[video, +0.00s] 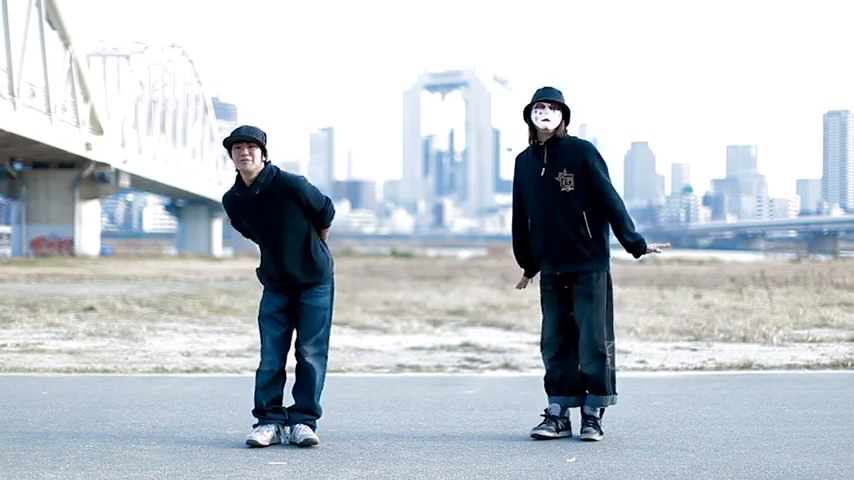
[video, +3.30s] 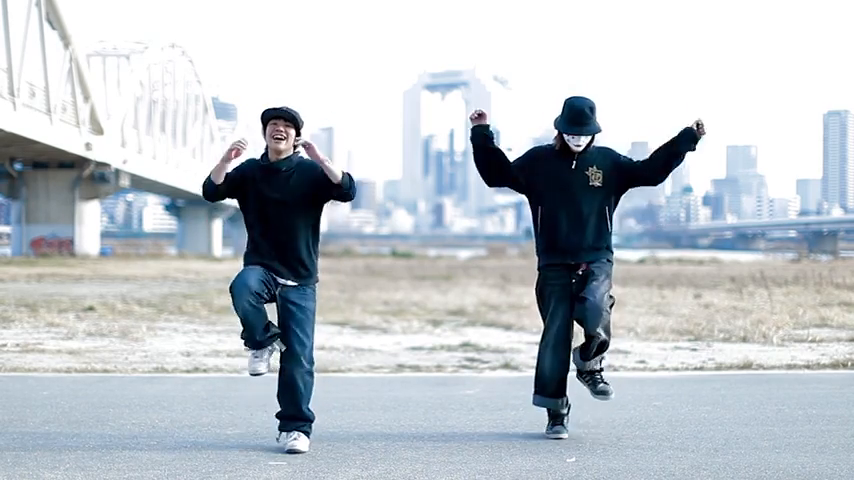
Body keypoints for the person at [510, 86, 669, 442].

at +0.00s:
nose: (543, 113)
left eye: (550, 109)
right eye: (538, 109)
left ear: (562, 117)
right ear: (530, 117)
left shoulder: (581, 151)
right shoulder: (524, 161)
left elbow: (609, 198)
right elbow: (520, 217)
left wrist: (635, 243)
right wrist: (527, 264)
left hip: (589, 261)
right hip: (551, 262)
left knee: (592, 335)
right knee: (554, 337)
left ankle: (592, 414)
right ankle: (556, 414)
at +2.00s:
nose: (565, 115)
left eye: (570, 108)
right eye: (558, 110)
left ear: (582, 112)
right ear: (549, 116)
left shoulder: (603, 152)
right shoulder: (536, 154)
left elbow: (616, 198)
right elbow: (525, 204)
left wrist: (629, 232)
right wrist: (521, 249)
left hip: (592, 256)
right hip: (551, 256)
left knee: (590, 331)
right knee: (548, 330)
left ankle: (593, 411)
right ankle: (551, 409)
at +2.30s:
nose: (570, 121)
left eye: (577, 115)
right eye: (564, 115)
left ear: (585, 123)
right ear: (554, 120)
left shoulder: (599, 165)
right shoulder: (537, 163)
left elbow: (608, 221)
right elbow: (530, 210)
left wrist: (608, 272)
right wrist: (535, 251)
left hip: (592, 249)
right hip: (553, 255)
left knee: (586, 287)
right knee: (553, 334)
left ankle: (588, 353)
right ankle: (554, 412)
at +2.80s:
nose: (577, 123)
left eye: (583, 118)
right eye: (571, 118)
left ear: (592, 124)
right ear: (560, 123)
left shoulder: (606, 164)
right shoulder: (542, 166)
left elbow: (626, 198)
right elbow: (527, 206)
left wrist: (646, 219)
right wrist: (520, 239)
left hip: (598, 259)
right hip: (559, 256)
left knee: (591, 335)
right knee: (586, 308)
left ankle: (584, 412)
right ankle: (561, 364)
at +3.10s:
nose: (575, 130)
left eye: (581, 124)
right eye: (569, 123)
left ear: (591, 127)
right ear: (559, 127)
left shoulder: (608, 166)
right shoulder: (541, 170)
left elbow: (651, 186)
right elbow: (511, 212)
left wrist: (619, 201)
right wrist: (538, 235)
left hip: (597, 271)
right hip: (557, 271)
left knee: (590, 344)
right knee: (557, 343)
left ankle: (585, 415)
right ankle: (556, 417)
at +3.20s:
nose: (574, 140)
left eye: (581, 134)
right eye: (569, 133)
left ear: (591, 133)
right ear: (559, 131)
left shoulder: (608, 166)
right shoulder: (543, 166)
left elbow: (649, 175)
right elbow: (503, 183)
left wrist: (630, 136)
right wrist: (534, 149)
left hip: (594, 265)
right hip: (552, 267)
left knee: (596, 326)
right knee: (555, 339)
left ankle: (586, 381)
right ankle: (554, 414)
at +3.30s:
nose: (577, 140)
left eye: (584, 135)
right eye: (571, 134)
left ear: (593, 133)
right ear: (560, 130)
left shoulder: (608, 161)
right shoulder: (538, 160)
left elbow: (650, 172)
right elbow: (498, 176)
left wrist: (686, 140)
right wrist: (481, 135)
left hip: (596, 258)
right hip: (554, 260)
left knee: (593, 312)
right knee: (555, 332)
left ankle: (590, 365)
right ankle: (555, 412)